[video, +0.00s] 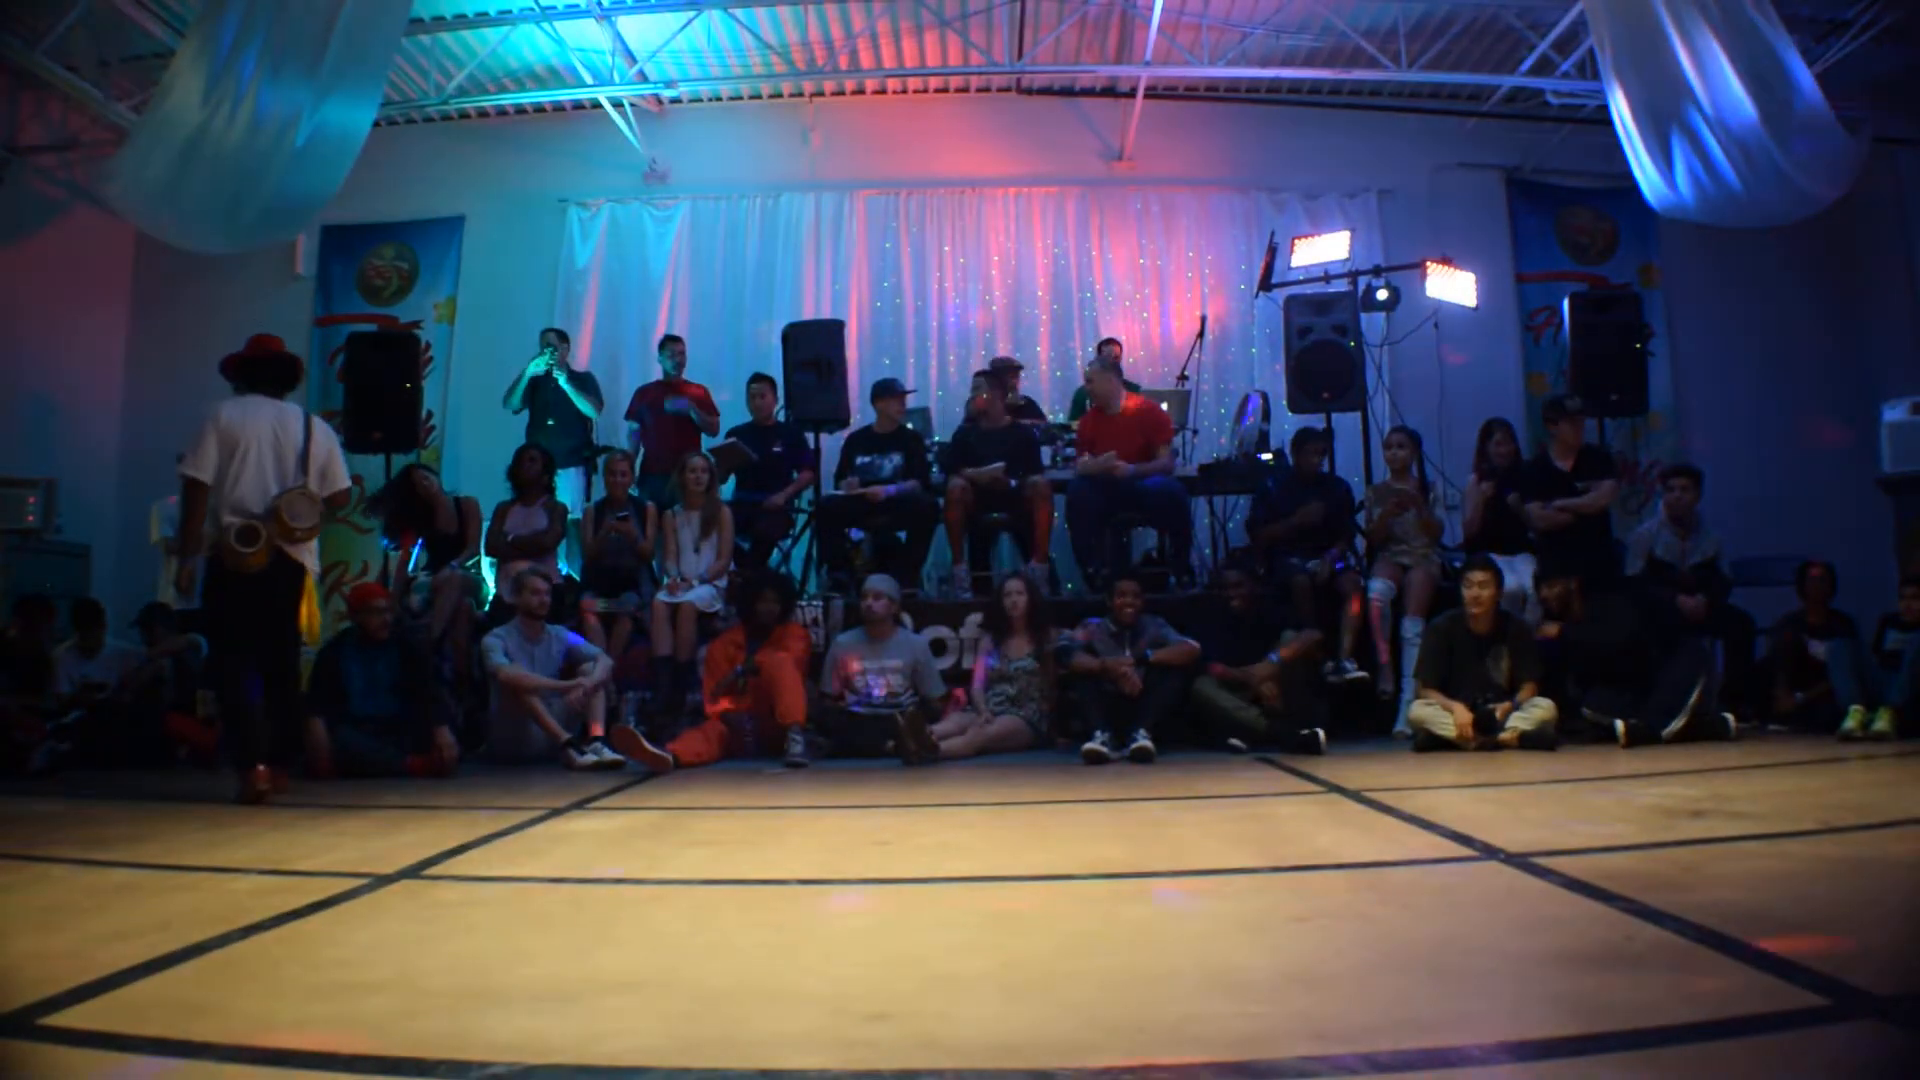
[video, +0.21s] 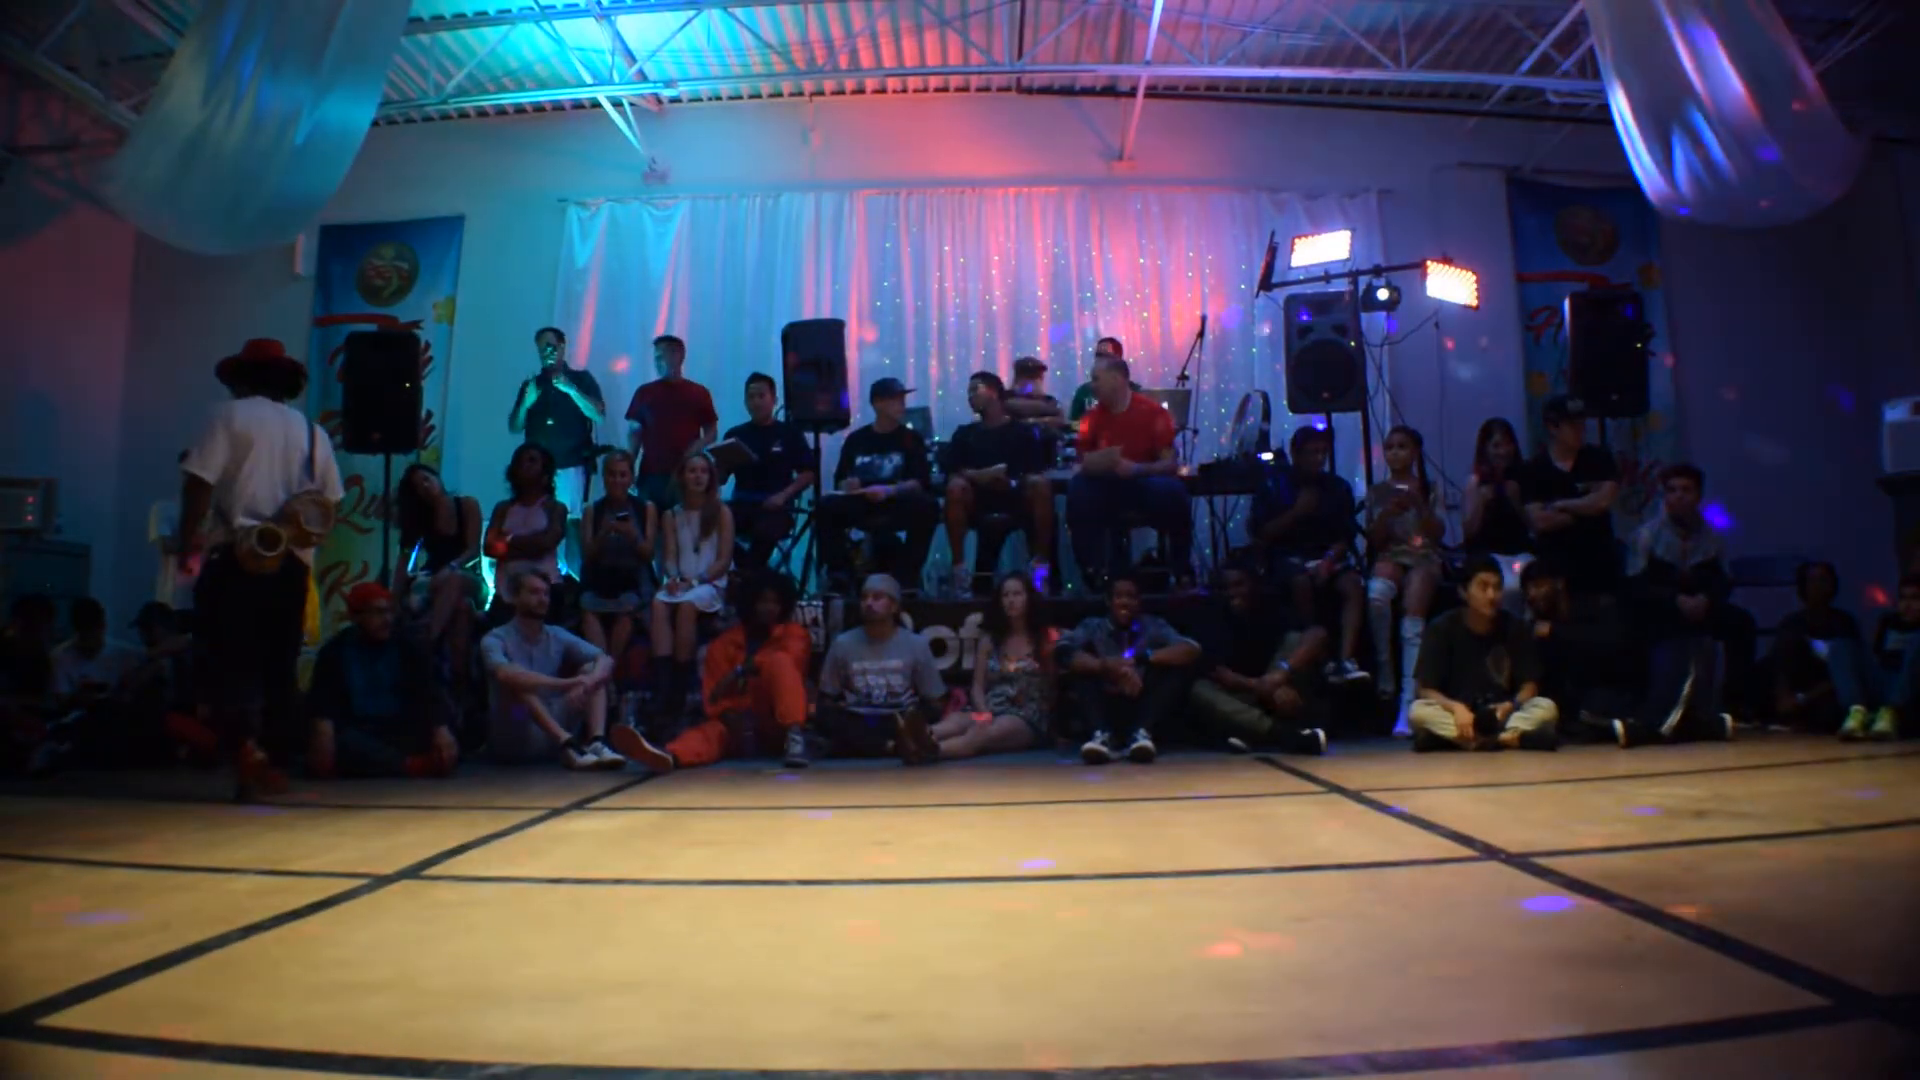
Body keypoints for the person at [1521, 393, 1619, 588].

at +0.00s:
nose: (1578, 429)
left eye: (1579, 422)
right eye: (1571, 423)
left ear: (1584, 423)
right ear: (1552, 427)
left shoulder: (1598, 458)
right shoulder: (1534, 469)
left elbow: (1606, 497)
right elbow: (1537, 519)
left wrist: (1558, 505)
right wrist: (1584, 507)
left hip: (1599, 561)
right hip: (1556, 567)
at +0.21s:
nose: (1579, 431)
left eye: (1580, 424)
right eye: (1572, 425)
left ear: (1584, 424)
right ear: (1553, 429)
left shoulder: (1599, 458)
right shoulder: (1535, 469)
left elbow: (1604, 500)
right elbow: (1538, 521)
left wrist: (1558, 505)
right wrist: (1585, 507)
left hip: (1599, 562)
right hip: (1556, 567)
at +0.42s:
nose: (1579, 432)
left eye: (1580, 425)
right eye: (1571, 427)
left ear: (1585, 425)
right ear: (1553, 429)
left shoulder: (1600, 457)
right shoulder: (1535, 469)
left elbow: (1607, 500)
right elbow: (1538, 521)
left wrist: (1559, 505)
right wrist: (1586, 507)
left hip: (1600, 562)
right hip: (1557, 567)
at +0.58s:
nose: (1577, 432)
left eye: (1579, 424)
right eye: (1570, 426)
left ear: (1583, 425)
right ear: (1552, 429)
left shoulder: (1599, 458)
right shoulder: (1534, 469)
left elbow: (1605, 501)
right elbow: (1537, 521)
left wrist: (1558, 505)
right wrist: (1584, 509)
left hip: (1599, 560)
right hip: (1556, 565)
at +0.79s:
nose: (1570, 434)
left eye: (1573, 426)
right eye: (1563, 427)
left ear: (1579, 427)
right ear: (1548, 430)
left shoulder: (1596, 459)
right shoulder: (1531, 470)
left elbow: (1600, 501)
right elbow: (1534, 520)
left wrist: (1554, 506)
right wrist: (1581, 508)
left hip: (1595, 560)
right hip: (1551, 565)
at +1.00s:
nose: (1551, 437)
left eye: (1557, 429)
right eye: (1546, 430)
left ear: (1569, 429)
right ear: (1540, 433)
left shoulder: (1596, 458)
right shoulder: (1534, 470)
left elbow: (1603, 500)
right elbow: (1537, 520)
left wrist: (1557, 505)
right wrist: (1585, 506)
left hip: (1597, 556)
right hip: (1554, 561)